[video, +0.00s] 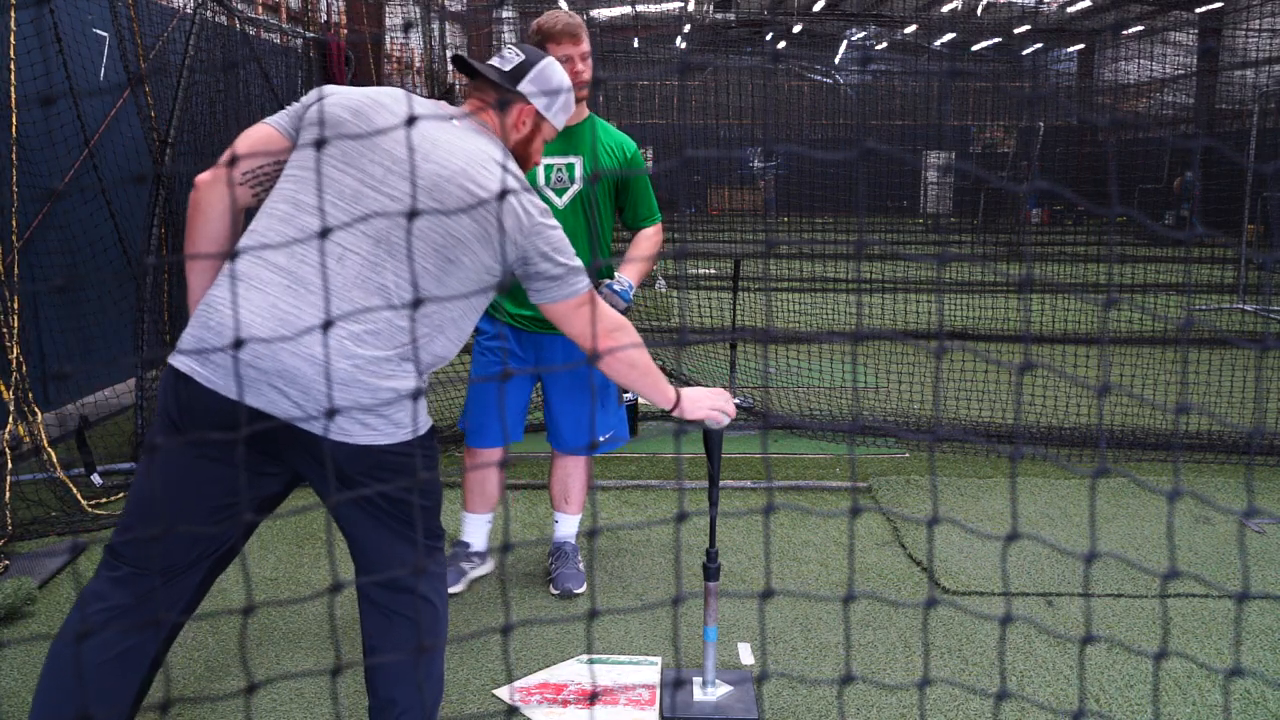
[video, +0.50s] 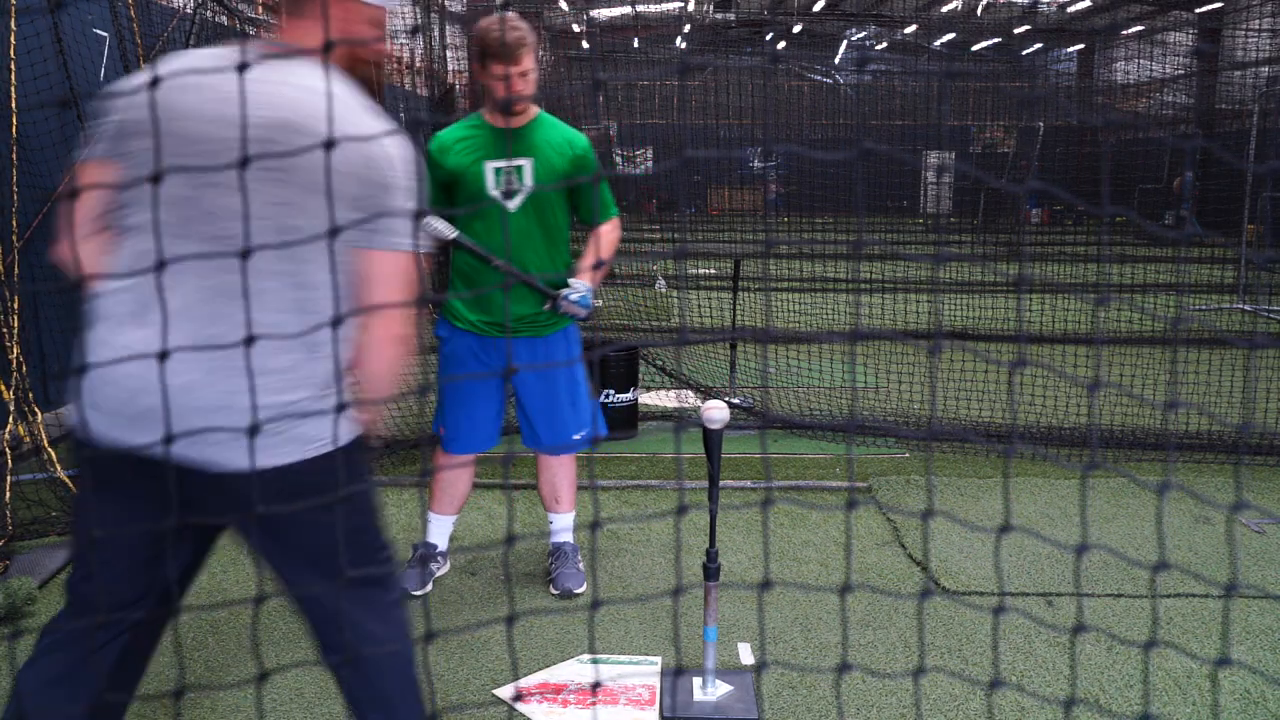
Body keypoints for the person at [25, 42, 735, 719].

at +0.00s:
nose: (544, 147)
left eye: (549, 133)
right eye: (546, 131)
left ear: (473, 89)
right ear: (519, 113)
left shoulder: (345, 105)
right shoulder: (515, 207)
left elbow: (221, 181)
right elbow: (598, 330)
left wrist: (208, 318)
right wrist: (673, 397)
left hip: (224, 372)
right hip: (367, 408)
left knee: (137, 586)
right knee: (404, 592)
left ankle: (66, 714)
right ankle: (404, 710)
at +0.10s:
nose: (539, 147)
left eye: (544, 133)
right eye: (541, 131)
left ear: (469, 86)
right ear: (517, 113)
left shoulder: (335, 101)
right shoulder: (508, 203)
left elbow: (212, 179)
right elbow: (591, 330)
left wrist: (203, 313)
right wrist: (665, 396)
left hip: (215, 371)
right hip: (361, 406)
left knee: (134, 587)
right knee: (402, 588)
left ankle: (61, 713)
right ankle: (404, 710)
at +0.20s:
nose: (508, 120)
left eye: (510, 104)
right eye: (510, 105)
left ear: (433, 62)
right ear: (488, 91)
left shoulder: (302, 88)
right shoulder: (487, 186)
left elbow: (185, 182)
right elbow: (550, 330)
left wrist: (194, 306)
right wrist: (611, 405)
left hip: (198, 373)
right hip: (344, 407)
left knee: (125, 592)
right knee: (392, 595)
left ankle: (59, 710)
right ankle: (405, 711)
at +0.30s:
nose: (494, 96)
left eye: (498, 82)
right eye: (493, 80)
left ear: (410, 51)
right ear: (468, 67)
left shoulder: (271, 85)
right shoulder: (474, 176)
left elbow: (169, 187)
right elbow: (512, 313)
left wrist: (184, 299)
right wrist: (559, 411)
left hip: (188, 379)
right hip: (335, 406)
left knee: (122, 593)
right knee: (387, 599)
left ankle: (56, 707)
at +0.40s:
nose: (431, 62)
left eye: (432, 43)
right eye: (428, 42)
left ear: (332, 24)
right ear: (403, 35)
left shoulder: (191, 86)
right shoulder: (421, 156)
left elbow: (115, 227)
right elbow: (437, 326)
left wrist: (177, 318)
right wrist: (428, 436)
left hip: (153, 414)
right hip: (308, 428)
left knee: (105, 618)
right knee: (379, 619)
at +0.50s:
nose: (383, 42)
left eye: (382, 27)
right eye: (375, 24)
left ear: (279, 16)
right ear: (347, 24)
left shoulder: (143, 91)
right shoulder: (375, 144)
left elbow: (80, 245)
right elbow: (382, 350)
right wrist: (360, 415)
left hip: (132, 430)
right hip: (289, 438)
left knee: (93, 635)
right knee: (370, 633)